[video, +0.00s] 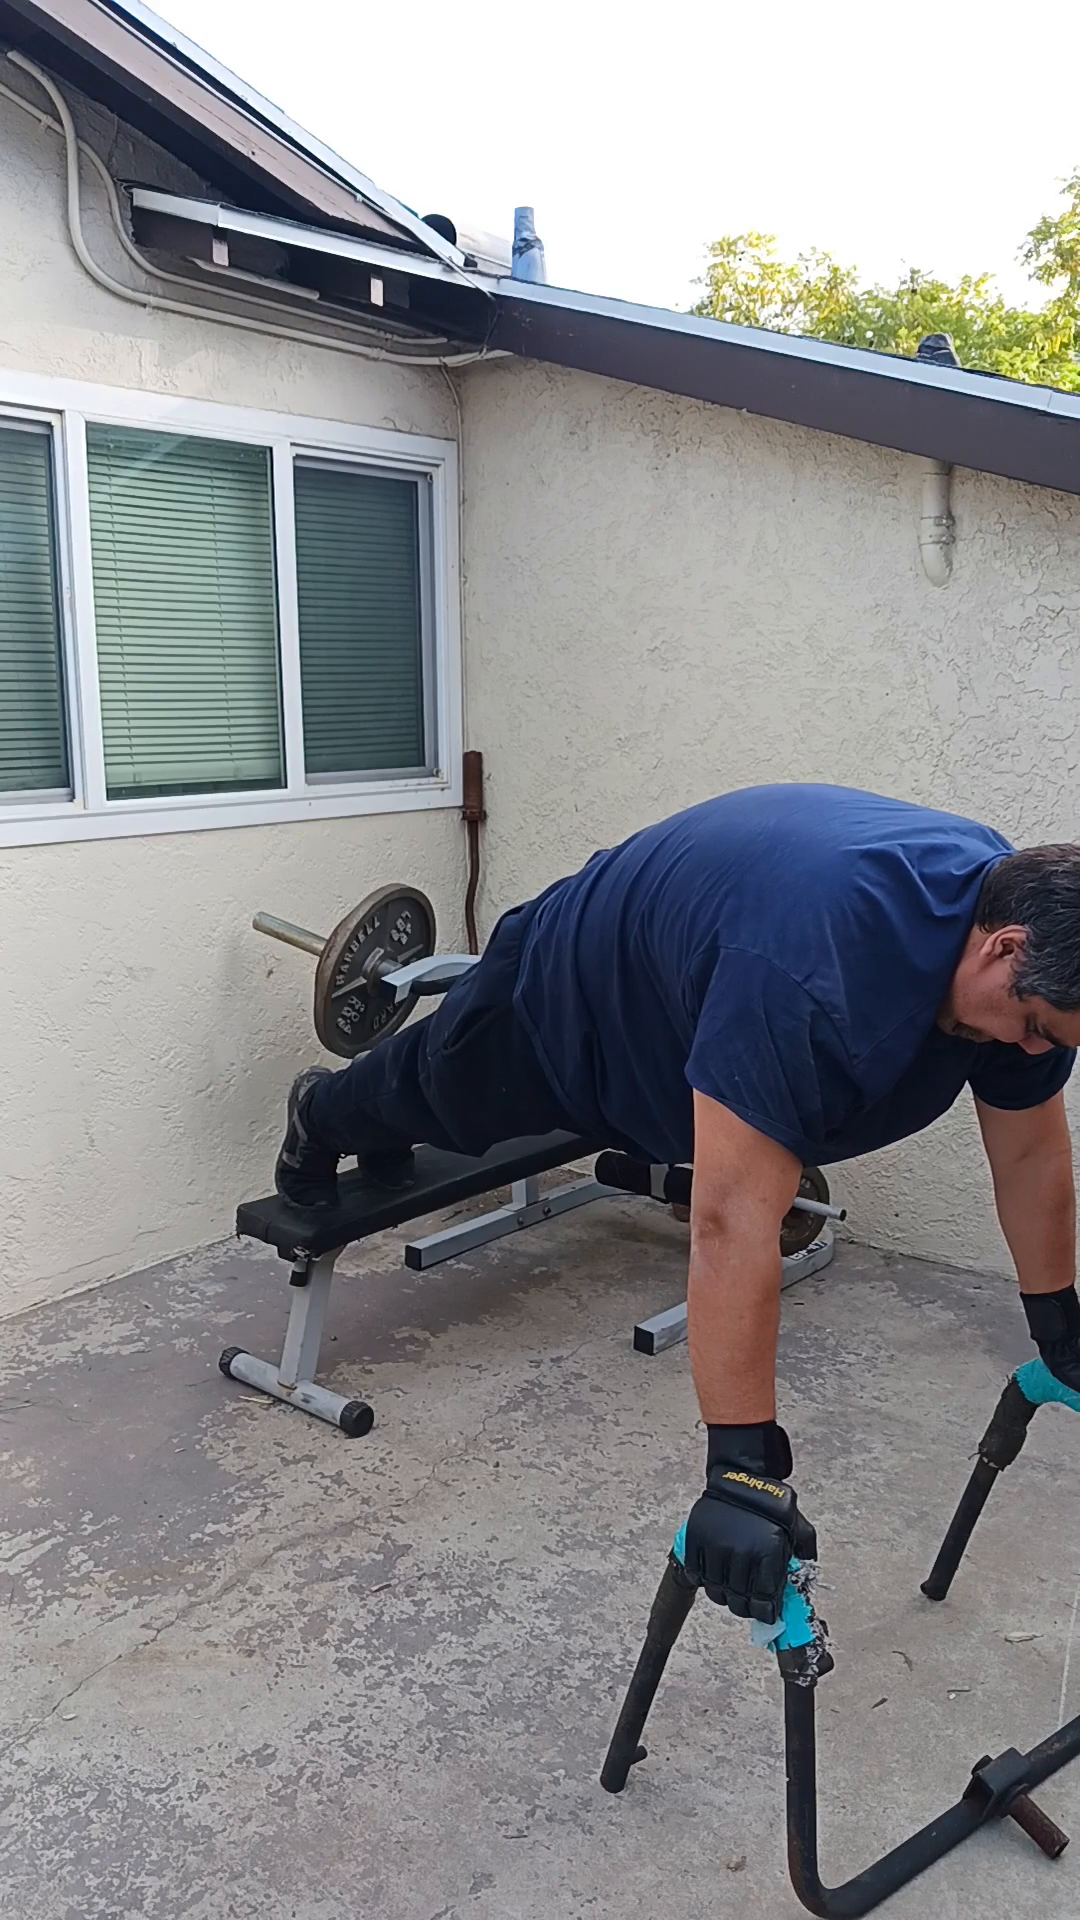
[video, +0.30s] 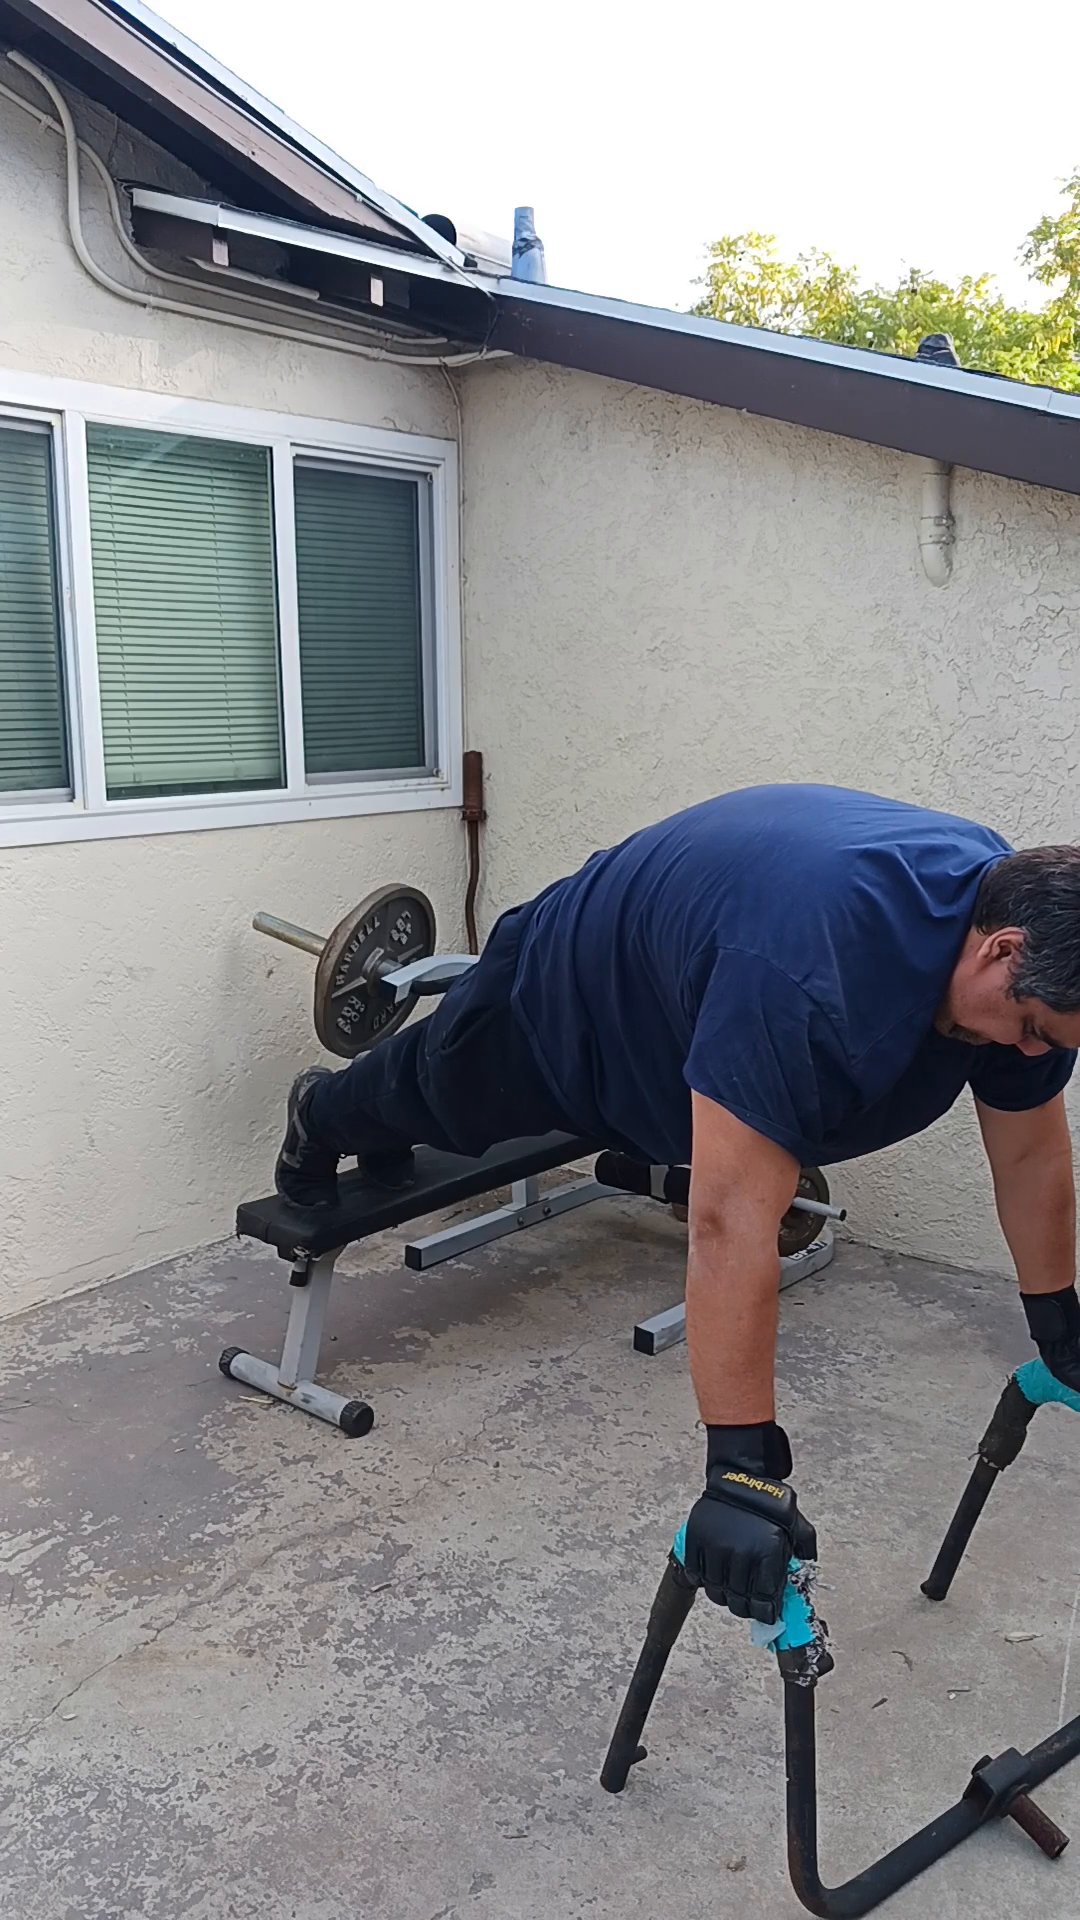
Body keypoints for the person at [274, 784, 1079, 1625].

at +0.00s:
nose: (1044, 1052)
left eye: (1058, 1039)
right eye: (1041, 1029)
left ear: (1016, 946)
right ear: (997, 953)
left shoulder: (1027, 965)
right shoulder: (809, 957)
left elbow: (1035, 1157)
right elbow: (730, 1220)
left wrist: (1057, 1322)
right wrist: (744, 1468)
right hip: (572, 985)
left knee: (494, 1088)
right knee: (429, 1079)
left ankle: (388, 1123)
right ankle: (319, 1113)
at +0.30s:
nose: (1040, 1053)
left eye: (1056, 1040)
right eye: (1038, 1030)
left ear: (1013, 946)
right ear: (994, 953)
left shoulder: (1026, 962)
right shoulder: (809, 953)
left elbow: (1035, 1160)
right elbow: (728, 1217)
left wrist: (1057, 1323)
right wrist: (743, 1467)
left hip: (683, 998)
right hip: (570, 986)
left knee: (495, 1090)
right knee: (429, 1080)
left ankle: (388, 1124)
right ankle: (319, 1113)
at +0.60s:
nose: (1047, 1056)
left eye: (1062, 1041)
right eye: (1045, 1030)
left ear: (1017, 951)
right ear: (999, 958)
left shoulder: (1030, 962)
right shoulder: (809, 968)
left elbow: (1040, 1152)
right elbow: (718, 1220)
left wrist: (1060, 1326)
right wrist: (742, 1472)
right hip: (570, 998)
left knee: (503, 1101)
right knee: (429, 1086)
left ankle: (392, 1129)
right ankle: (317, 1114)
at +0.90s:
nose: (1057, 1271)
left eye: (1074, 1261)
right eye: (1069, 1242)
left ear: (1065, 1159)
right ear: (1052, 1167)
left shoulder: (1057, 1058)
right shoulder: (868, 1128)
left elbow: (1039, 1186)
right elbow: (655, 1256)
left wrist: (1053, 1294)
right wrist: (733, 1475)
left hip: (728, 990)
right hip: (603, 1065)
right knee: (439, 1113)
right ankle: (321, 1106)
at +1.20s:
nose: (1057, 1481)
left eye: (1065, 1481)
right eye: (1072, 1470)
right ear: (1071, 1408)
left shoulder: (1078, 1205)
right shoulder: (913, 1309)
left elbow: (1052, 1134)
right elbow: (663, 1264)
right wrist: (735, 1481)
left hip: (722, 1093)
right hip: (616, 1168)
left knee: (536, 1122)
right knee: (459, 1167)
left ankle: (395, 1082)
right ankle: (328, 1110)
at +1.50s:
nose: (1051, 1586)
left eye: (1061, 1590)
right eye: (1066, 1584)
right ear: (1074, 1521)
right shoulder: (952, 1405)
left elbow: (1037, 1132)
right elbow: (702, 1255)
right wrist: (735, 1485)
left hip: (733, 1151)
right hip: (627, 1218)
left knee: (547, 1136)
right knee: (458, 1189)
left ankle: (409, 1089)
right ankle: (328, 1114)